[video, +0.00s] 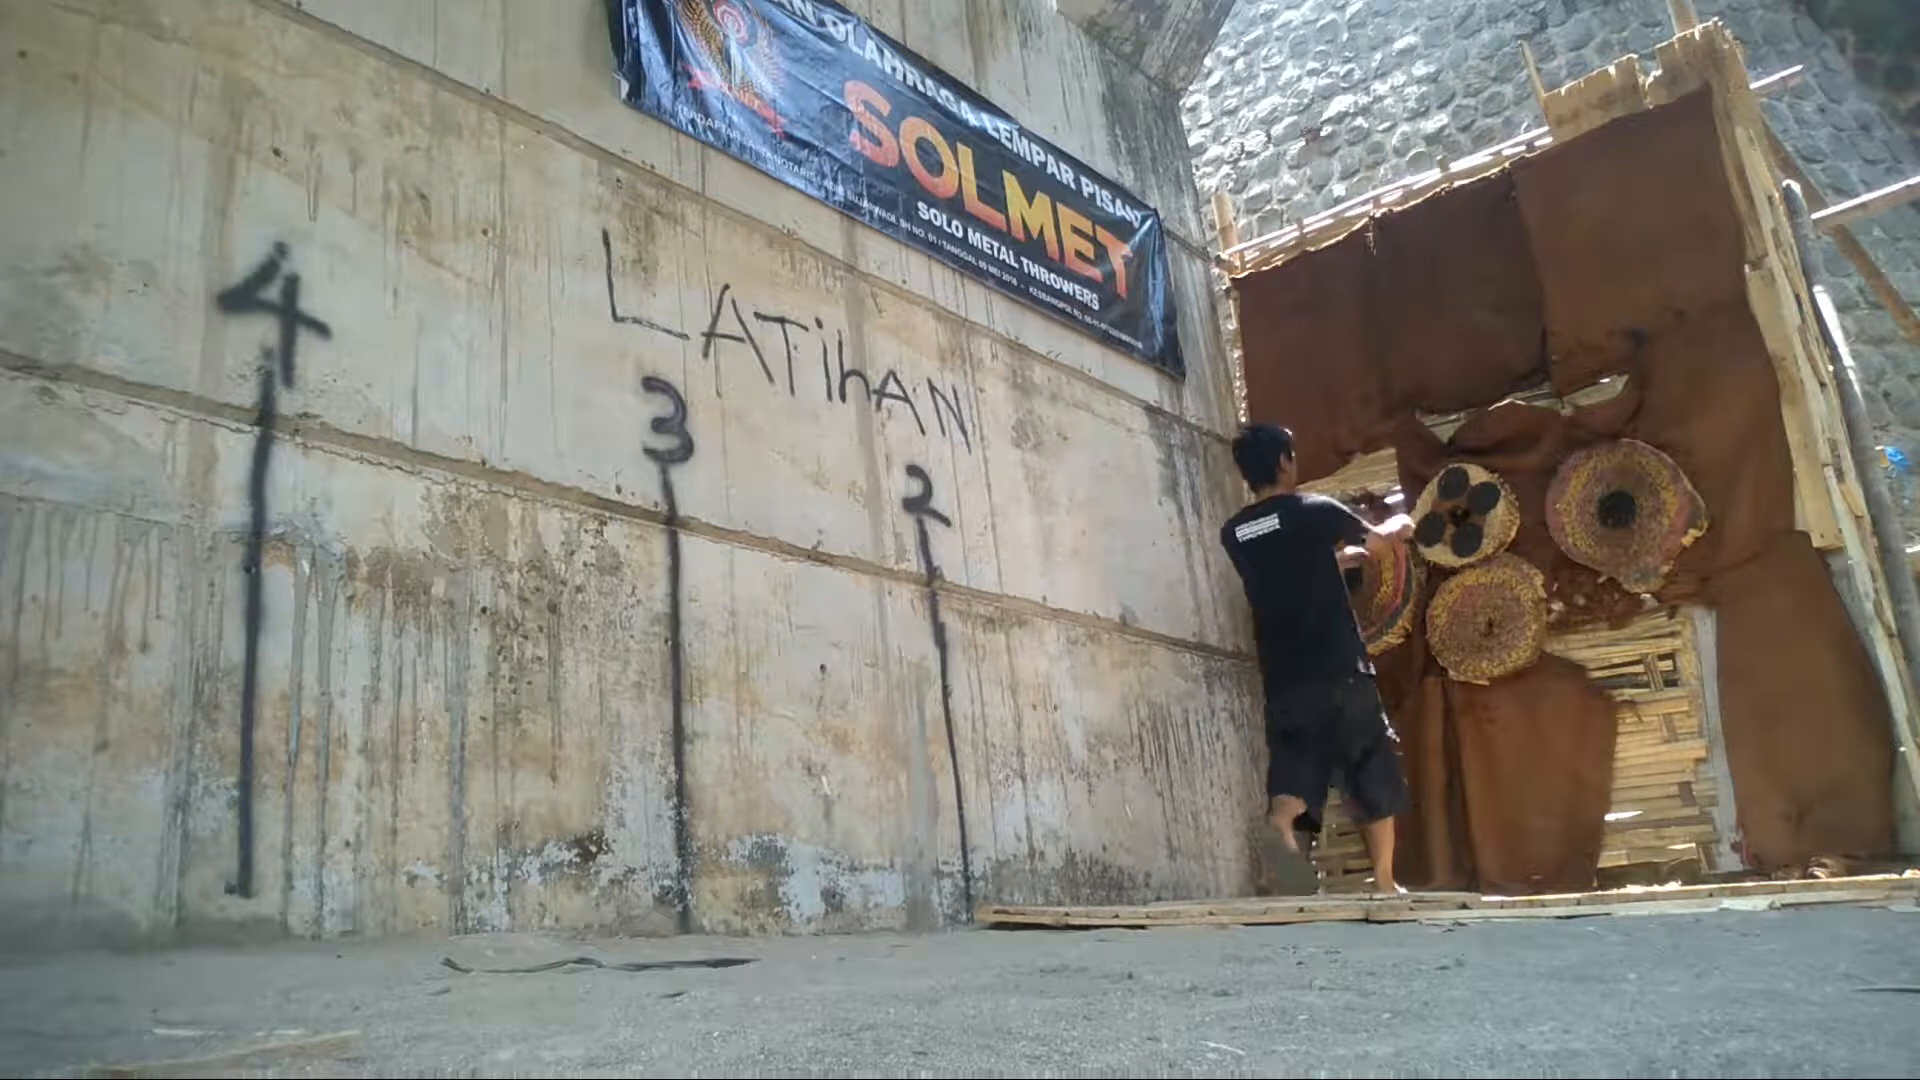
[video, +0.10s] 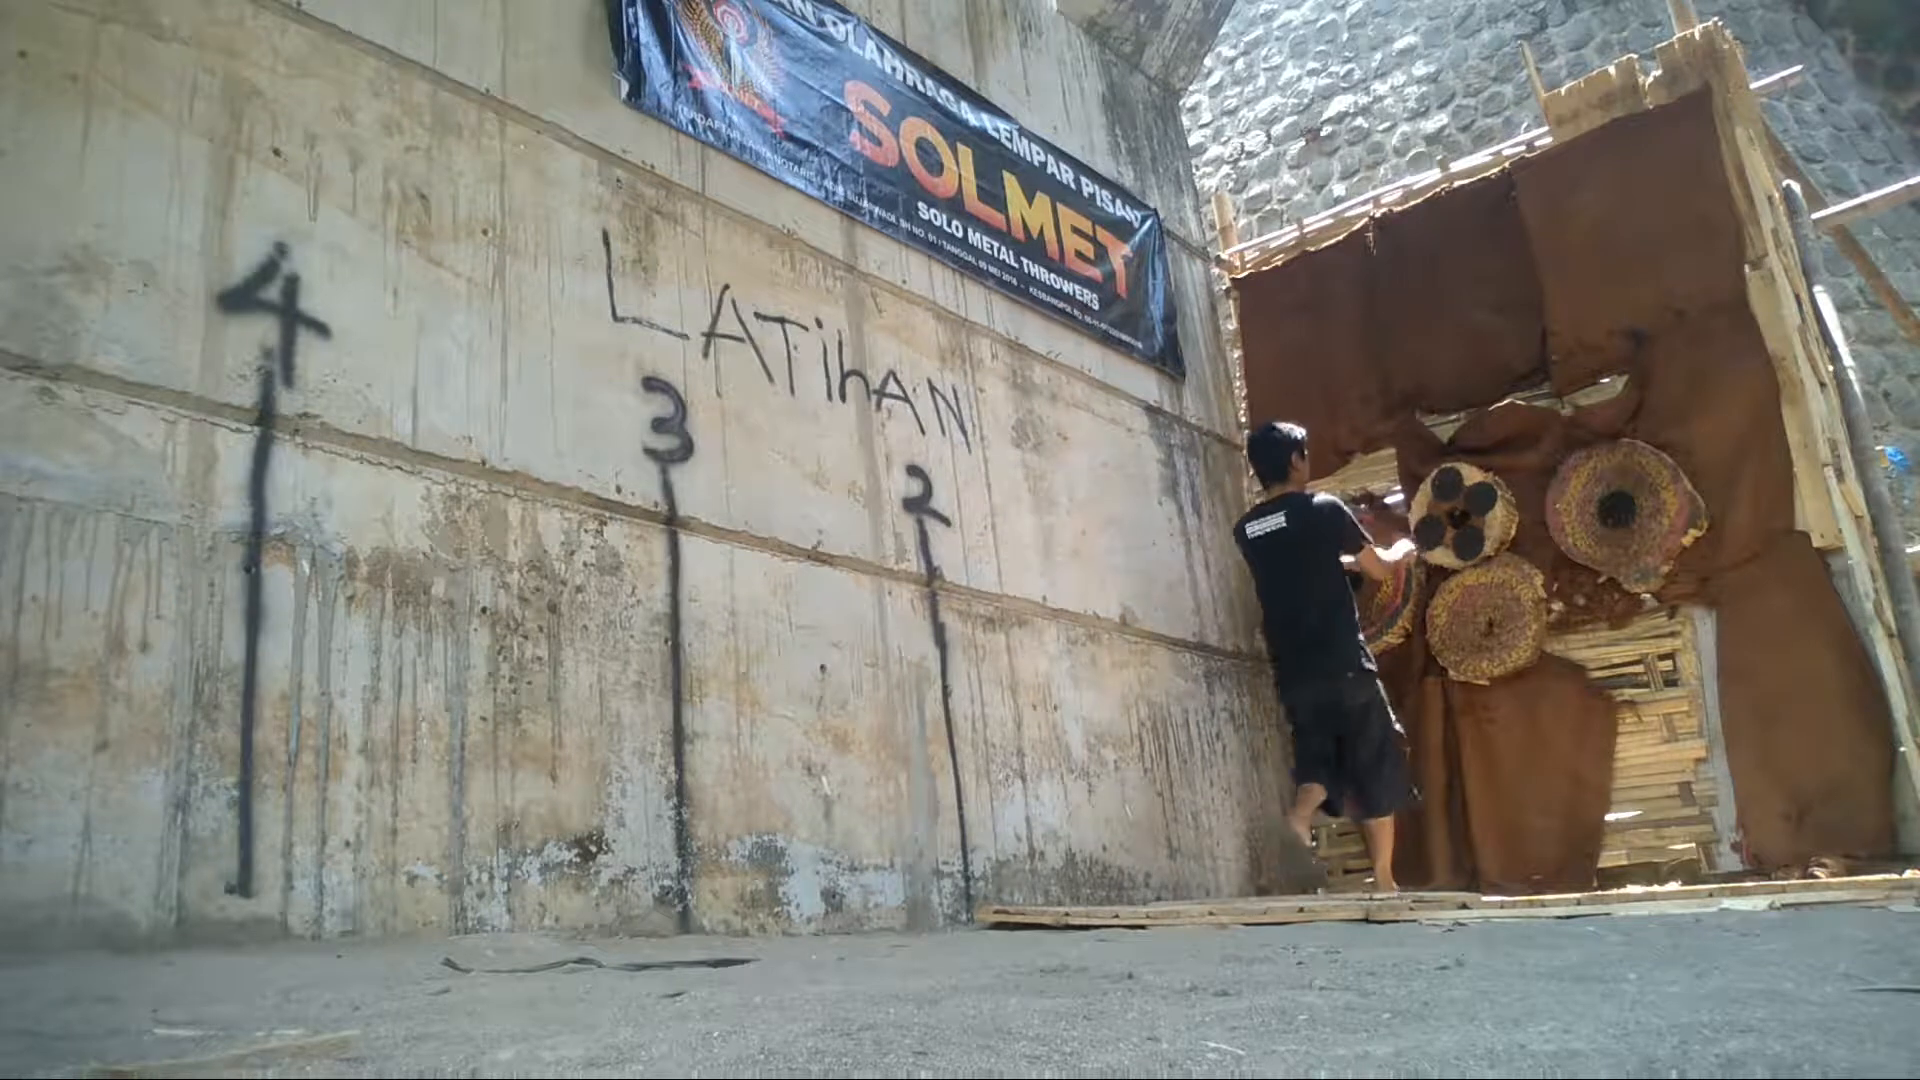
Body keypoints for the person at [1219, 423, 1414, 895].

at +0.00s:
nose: (1296, 465)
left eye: (1291, 457)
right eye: (1293, 457)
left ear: (1245, 474)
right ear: (1286, 463)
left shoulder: (1234, 532)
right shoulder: (1315, 509)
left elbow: (1285, 579)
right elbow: (1377, 541)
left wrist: (1342, 559)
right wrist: (1401, 525)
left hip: (1285, 672)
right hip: (1340, 667)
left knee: (1294, 752)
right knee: (1373, 766)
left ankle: (1280, 824)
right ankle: (1384, 881)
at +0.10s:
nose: (1307, 464)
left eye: (1303, 457)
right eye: (1304, 457)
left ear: (1258, 470)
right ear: (1297, 462)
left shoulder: (1246, 529)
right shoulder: (1324, 508)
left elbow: (1293, 571)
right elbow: (1379, 569)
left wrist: (1348, 561)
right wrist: (1401, 554)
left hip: (1293, 666)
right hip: (1345, 662)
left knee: (1318, 759)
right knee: (1377, 764)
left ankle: (1299, 821)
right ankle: (1383, 878)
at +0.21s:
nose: (1314, 467)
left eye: (1310, 458)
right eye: (1310, 459)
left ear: (1263, 471)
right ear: (1300, 465)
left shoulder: (1253, 531)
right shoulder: (1327, 512)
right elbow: (1381, 570)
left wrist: (1364, 553)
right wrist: (1406, 566)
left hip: (1296, 668)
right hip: (1346, 663)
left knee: (1331, 752)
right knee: (1377, 757)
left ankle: (1317, 843)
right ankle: (1382, 877)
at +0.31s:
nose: (1317, 470)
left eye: (1313, 462)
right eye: (1312, 463)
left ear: (1271, 476)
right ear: (1299, 468)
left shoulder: (1265, 531)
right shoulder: (1318, 512)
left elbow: (1342, 557)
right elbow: (1382, 563)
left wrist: (1399, 540)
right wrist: (1411, 557)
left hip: (1299, 662)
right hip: (1340, 658)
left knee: (1346, 765)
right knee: (1378, 757)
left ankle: (1335, 877)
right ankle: (1382, 882)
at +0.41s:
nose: (1316, 472)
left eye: (1313, 463)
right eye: (1312, 464)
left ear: (1273, 476)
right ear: (1298, 470)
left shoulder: (1268, 530)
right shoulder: (1309, 514)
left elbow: (1333, 557)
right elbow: (1379, 548)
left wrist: (1384, 549)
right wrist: (1406, 543)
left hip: (1304, 663)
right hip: (1339, 659)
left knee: (1348, 768)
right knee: (1380, 757)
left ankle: (1334, 878)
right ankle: (1382, 880)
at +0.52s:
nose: (1317, 471)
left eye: (1313, 463)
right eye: (1311, 464)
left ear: (1278, 478)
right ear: (1297, 471)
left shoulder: (1273, 532)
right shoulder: (1309, 514)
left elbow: (1348, 553)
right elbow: (1376, 533)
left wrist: (1392, 542)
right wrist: (1405, 529)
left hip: (1303, 660)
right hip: (1336, 656)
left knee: (1343, 763)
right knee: (1377, 754)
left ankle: (1334, 879)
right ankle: (1379, 877)